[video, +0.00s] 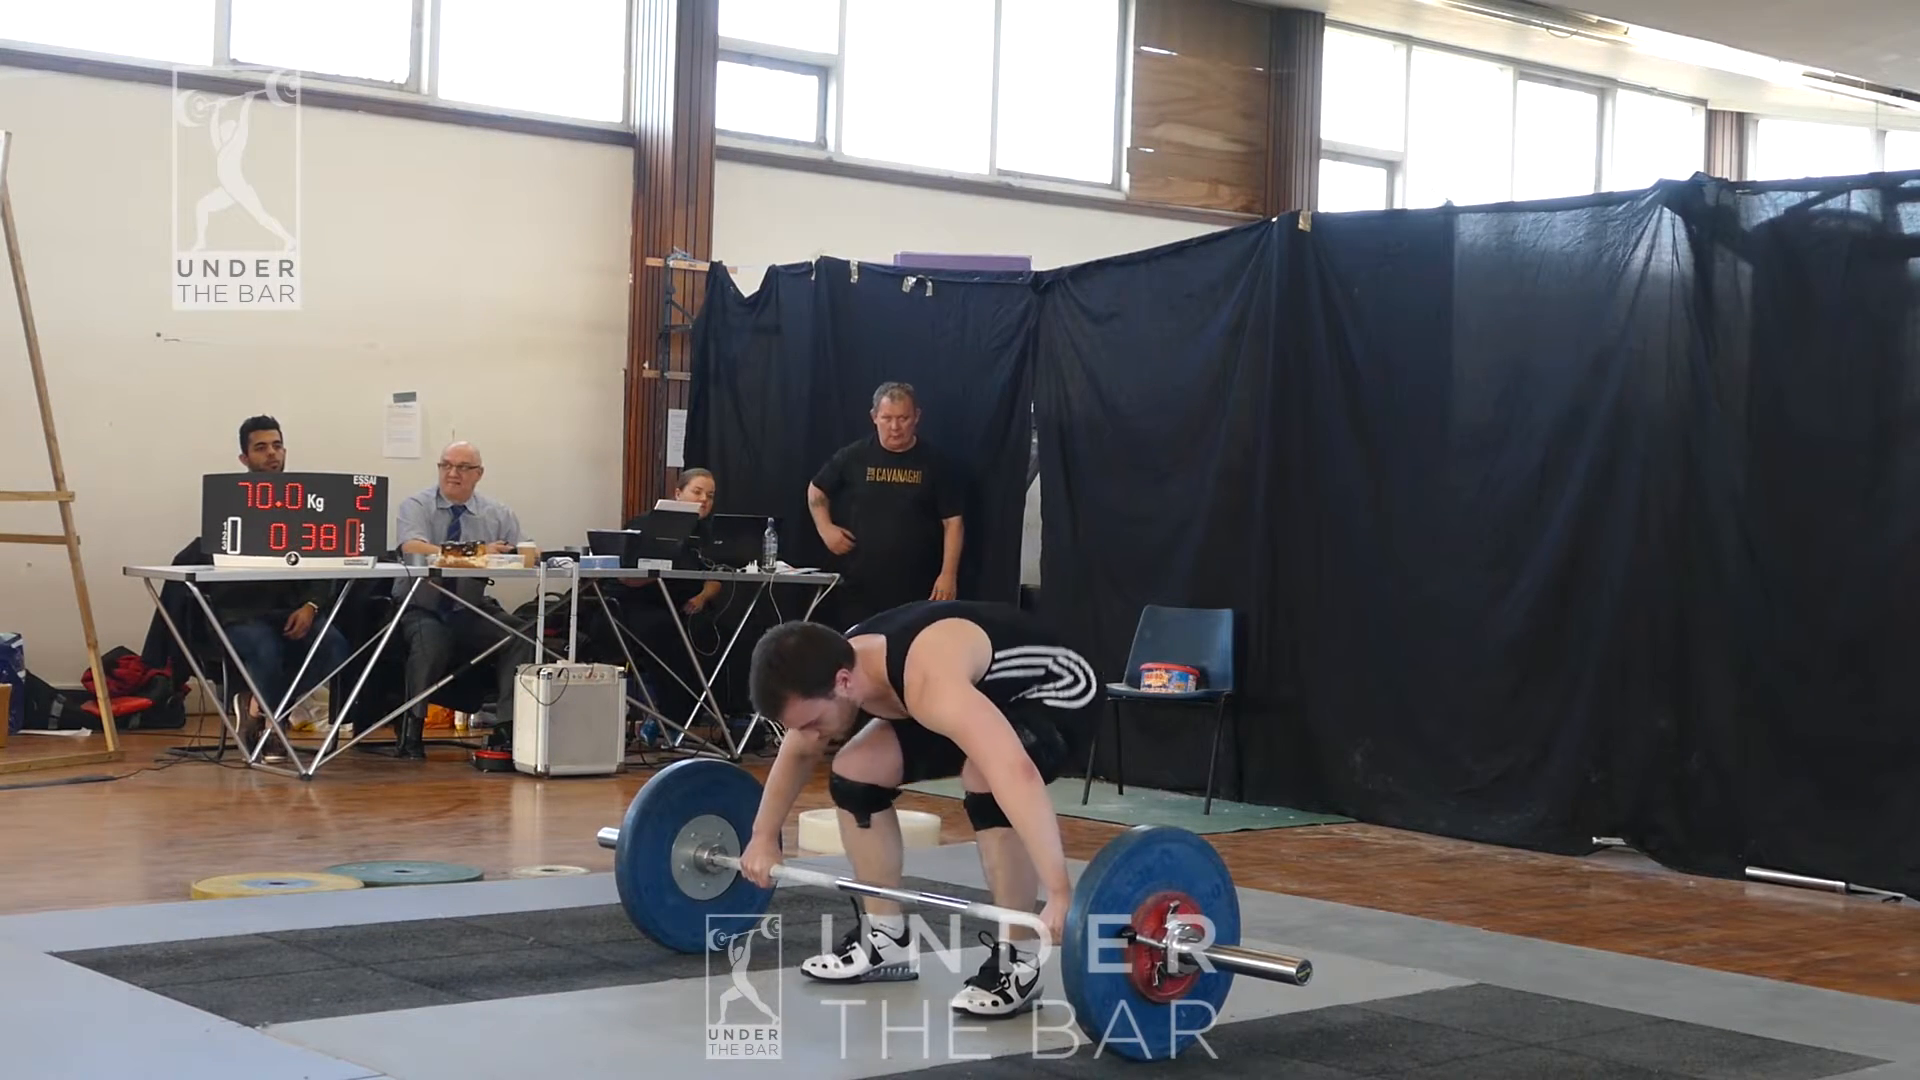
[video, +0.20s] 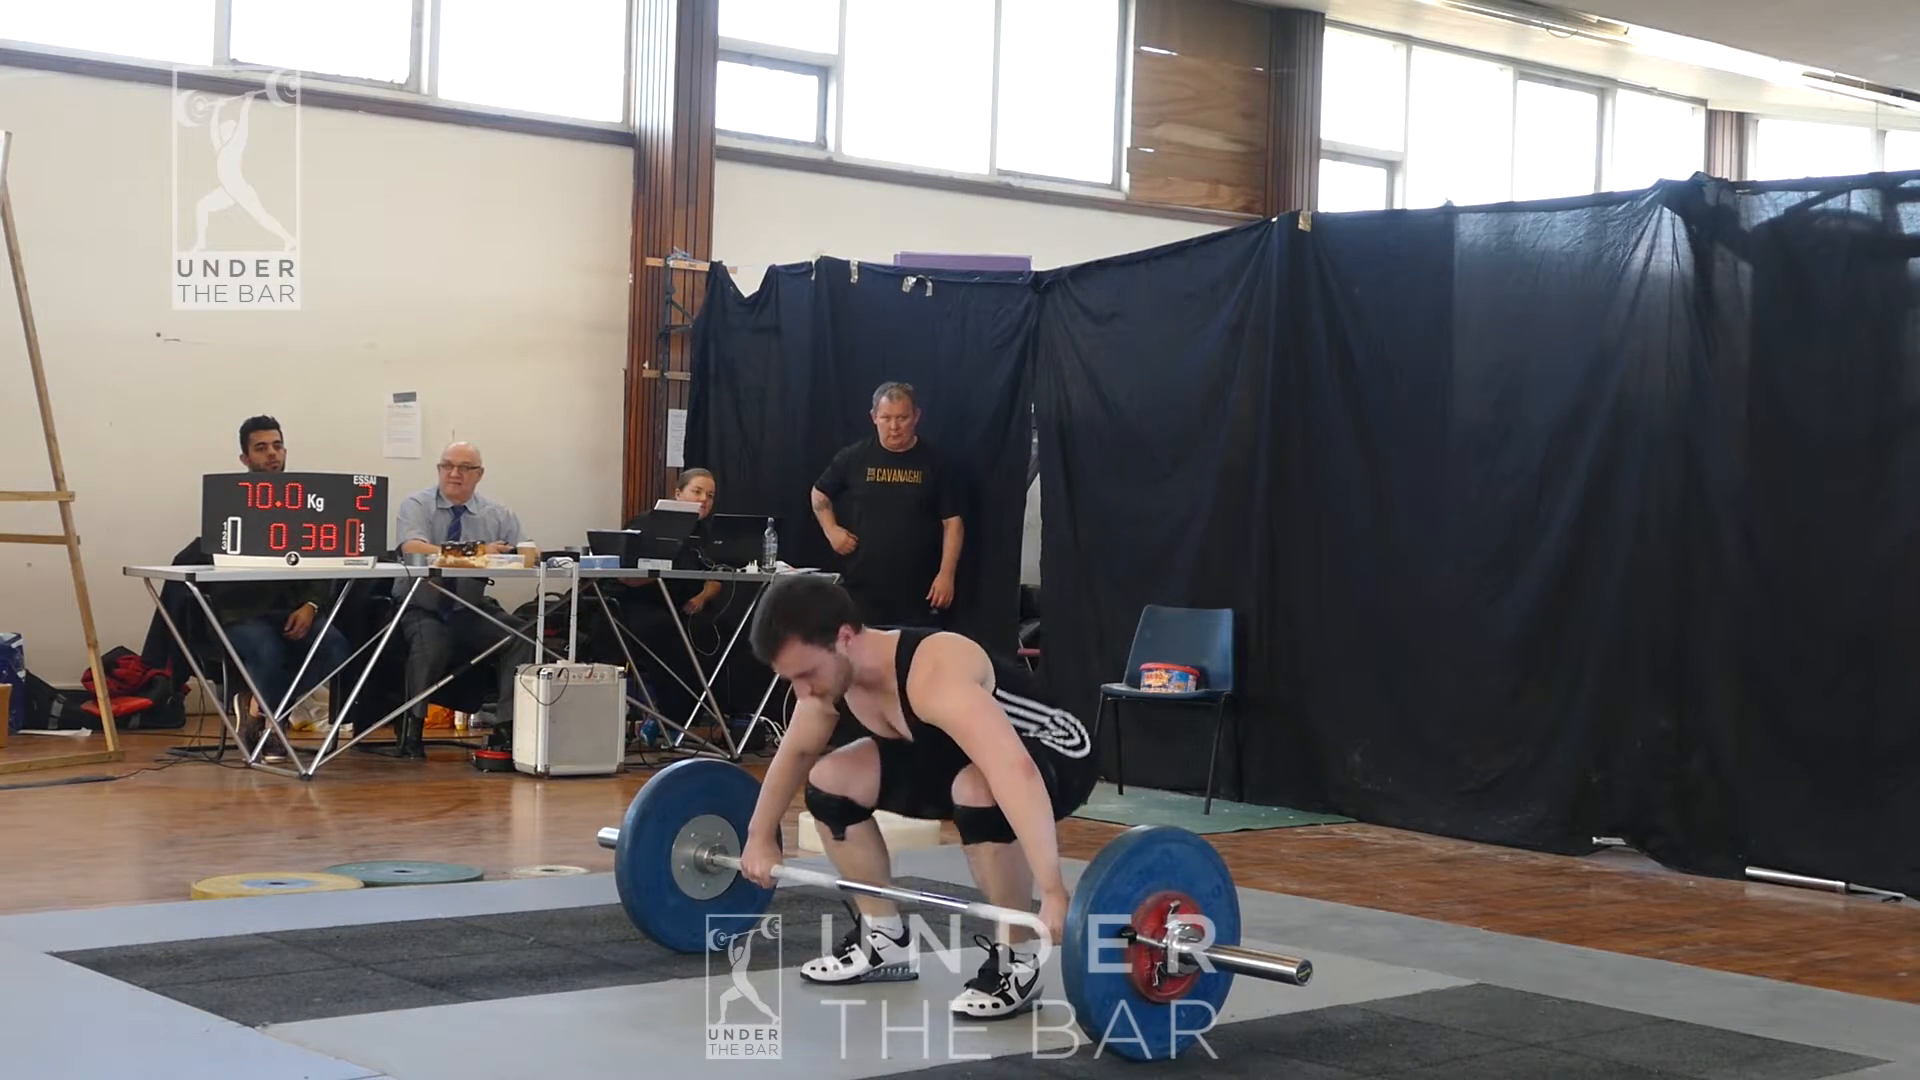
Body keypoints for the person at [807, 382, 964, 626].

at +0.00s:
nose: (895, 426)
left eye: (902, 418)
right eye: (887, 418)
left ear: (917, 417)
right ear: (874, 417)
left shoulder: (935, 463)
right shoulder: (852, 457)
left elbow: (953, 522)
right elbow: (816, 491)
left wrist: (948, 575)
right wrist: (826, 529)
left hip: (914, 585)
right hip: (860, 584)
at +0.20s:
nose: (894, 426)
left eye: (902, 418)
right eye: (887, 418)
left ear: (916, 417)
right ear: (874, 417)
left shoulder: (935, 462)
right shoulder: (853, 458)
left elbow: (953, 523)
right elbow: (819, 494)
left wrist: (946, 575)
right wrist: (831, 530)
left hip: (916, 588)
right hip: (862, 587)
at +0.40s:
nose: (894, 427)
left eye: (901, 418)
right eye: (886, 419)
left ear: (916, 417)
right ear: (874, 418)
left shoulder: (936, 462)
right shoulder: (855, 458)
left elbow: (953, 523)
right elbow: (820, 495)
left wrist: (945, 575)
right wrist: (835, 546)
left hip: (918, 584)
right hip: (864, 583)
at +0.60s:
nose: (895, 427)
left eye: (903, 418)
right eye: (888, 418)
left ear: (917, 417)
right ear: (875, 417)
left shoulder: (937, 463)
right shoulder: (855, 457)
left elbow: (954, 524)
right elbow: (819, 492)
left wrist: (946, 576)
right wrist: (837, 543)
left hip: (918, 581)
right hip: (862, 580)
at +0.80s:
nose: (897, 426)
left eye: (905, 418)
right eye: (889, 418)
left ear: (919, 417)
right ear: (877, 417)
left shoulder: (939, 464)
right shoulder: (859, 456)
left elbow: (955, 524)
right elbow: (816, 485)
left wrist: (948, 577)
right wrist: (831, 534)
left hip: (917, 581)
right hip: (862, 578)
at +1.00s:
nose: (899, 425)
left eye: (908, 417)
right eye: (892, 417)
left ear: (922, 418)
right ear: (879, 416)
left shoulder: (941, 464)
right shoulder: (854, 460)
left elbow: (955, 524)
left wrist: (948, 579)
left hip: (924, 579)